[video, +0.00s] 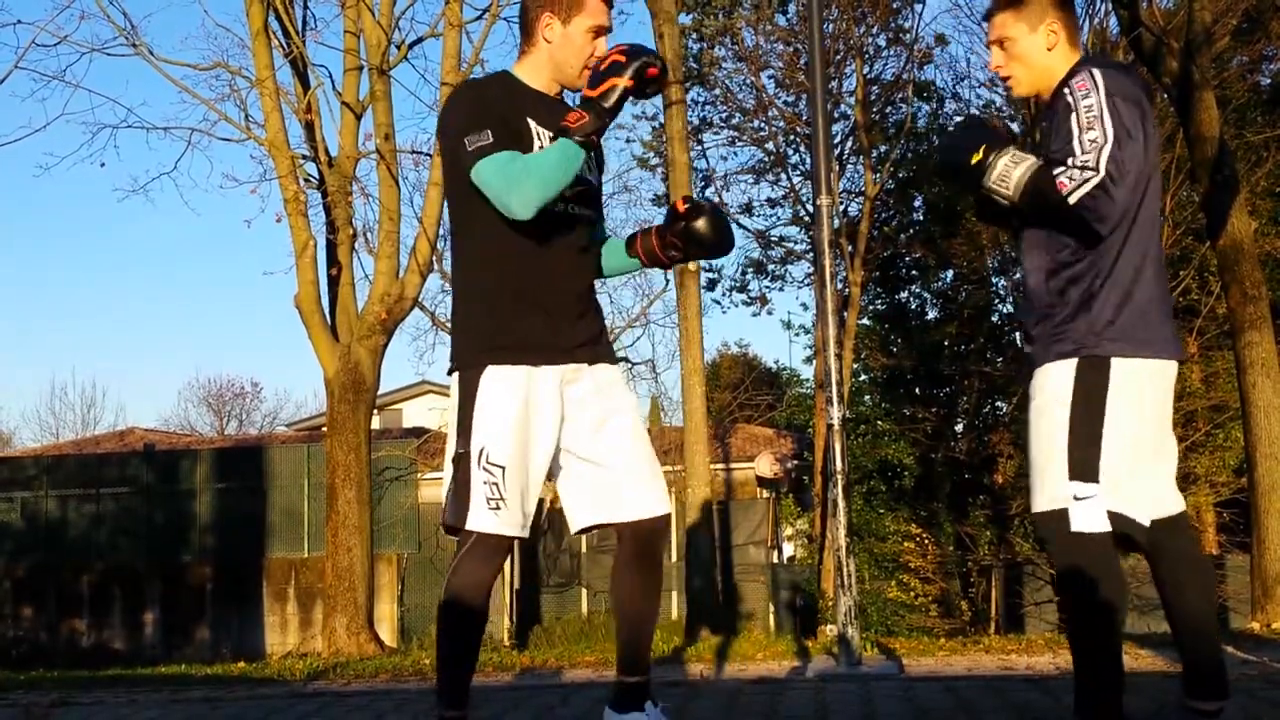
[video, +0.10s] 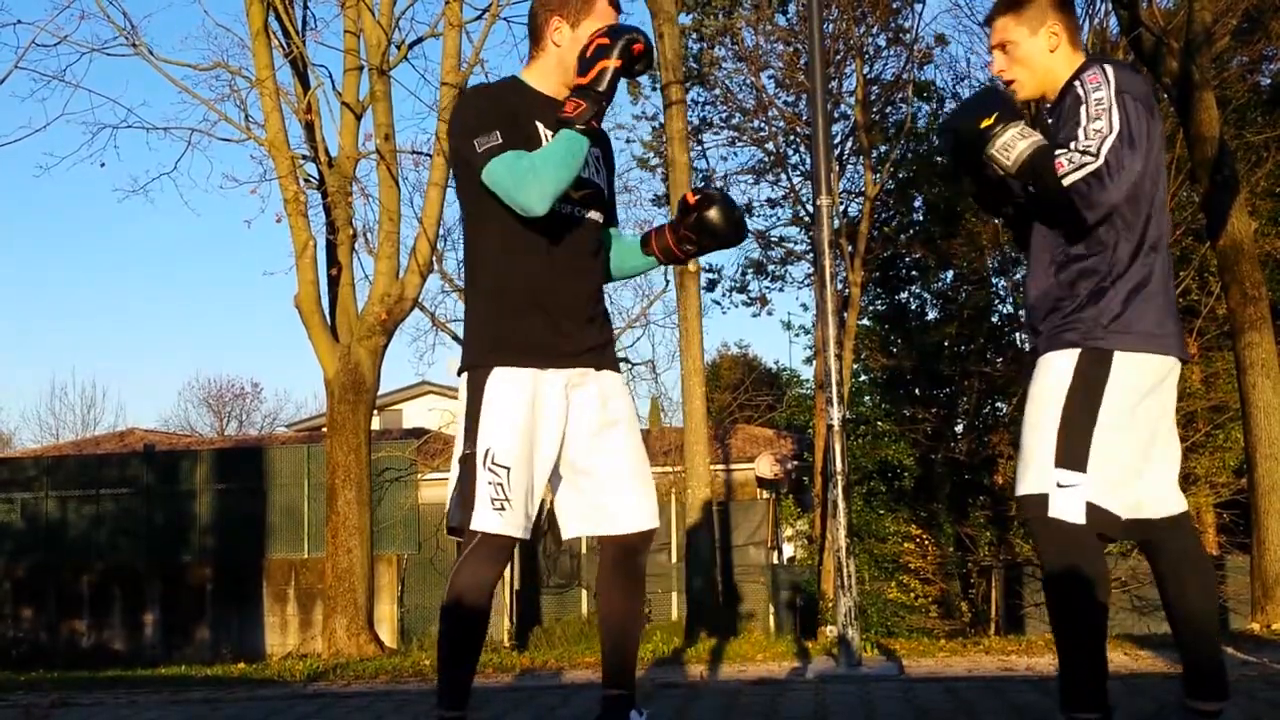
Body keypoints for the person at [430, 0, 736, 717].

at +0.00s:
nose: (604, 44)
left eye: (606, 31)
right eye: (595, 28)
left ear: (561, 30)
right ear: (548, 26)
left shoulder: (578, 123)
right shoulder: (476, 100)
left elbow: (578, 256)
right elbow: (516, 195)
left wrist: (648, 246)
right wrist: (591, 121)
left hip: (586, 354)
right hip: (504, 354)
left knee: (645, 516)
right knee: (491, 532)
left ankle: (631, 700)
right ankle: (451, 712)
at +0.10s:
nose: (613, 46)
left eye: (616, 33)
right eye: (604, 29)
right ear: (556, 28)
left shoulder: (591, 134)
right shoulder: (483, 104)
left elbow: (596, 257)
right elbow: (530, 193)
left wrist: (664, 241)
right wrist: (588, 106)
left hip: (593, 358)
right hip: (511, 356)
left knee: (625, 529)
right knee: (494, 535)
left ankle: (619, 708)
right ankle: (450, 712)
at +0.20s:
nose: (626, 49)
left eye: (630, 37)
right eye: (617, 33)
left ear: (587, 38)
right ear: (570, 31)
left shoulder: (605, 136)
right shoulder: (497, 108)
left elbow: (615, 259)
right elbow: (545, 192)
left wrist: (686, 240)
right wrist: (604, 107)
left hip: (600, 362)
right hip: (518, 357)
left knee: (621, 530)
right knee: (498, 533)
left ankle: (616, 708)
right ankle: (452, 711)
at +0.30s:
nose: (641, 55)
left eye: (644, 42)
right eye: (632, 38)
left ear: (602, 42)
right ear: (588, 35)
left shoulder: (617, 144)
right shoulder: (511, 111)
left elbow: (634, 260)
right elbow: (562, 193)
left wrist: (707, 238)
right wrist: (618, 112)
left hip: (604, 364)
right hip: (522, 358)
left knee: (622, 532)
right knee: (497, 529)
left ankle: (618, 707)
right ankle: (450, 706)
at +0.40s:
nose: (644, 64)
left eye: (647, 51)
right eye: (636, 47)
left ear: (600, 48)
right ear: (595, 44)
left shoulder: (623, 149)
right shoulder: (517, 114)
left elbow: (641, 263)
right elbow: (575, 191)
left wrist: (716, 236)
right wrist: (626, 105)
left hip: (604, 369)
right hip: (521, 362)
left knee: (627, 528)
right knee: (493, 528)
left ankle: (618, 705)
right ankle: (429, 700)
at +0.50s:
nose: (637, 74)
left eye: (643, 61)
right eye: (632, 54)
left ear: (609, 56)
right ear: (592, 45)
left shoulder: (615, 151)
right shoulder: (514, 115)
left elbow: (638, 264)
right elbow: (573, 187)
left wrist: (709, 234)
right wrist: (630, 105)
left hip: (600, 369)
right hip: (519, 364)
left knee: (629, 529)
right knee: (481, 530)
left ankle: (620, 707)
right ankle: (396, 696)